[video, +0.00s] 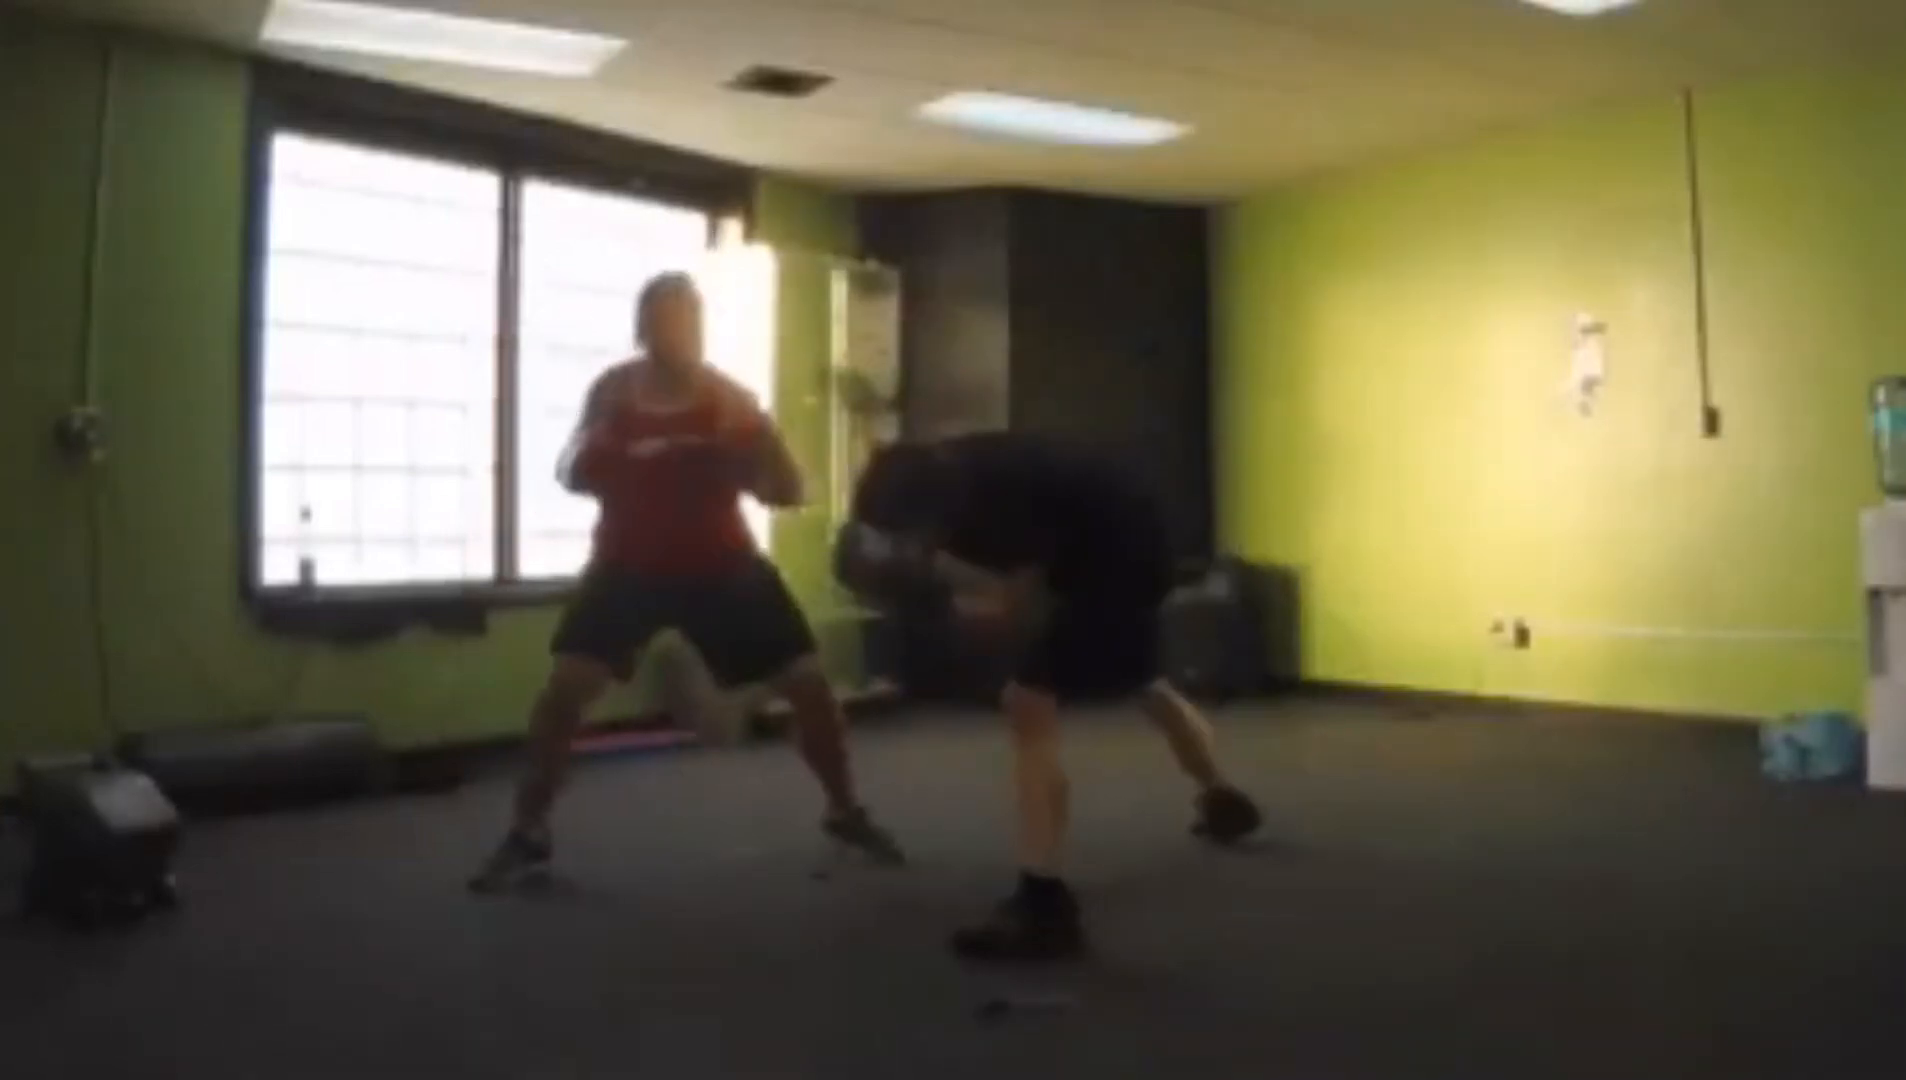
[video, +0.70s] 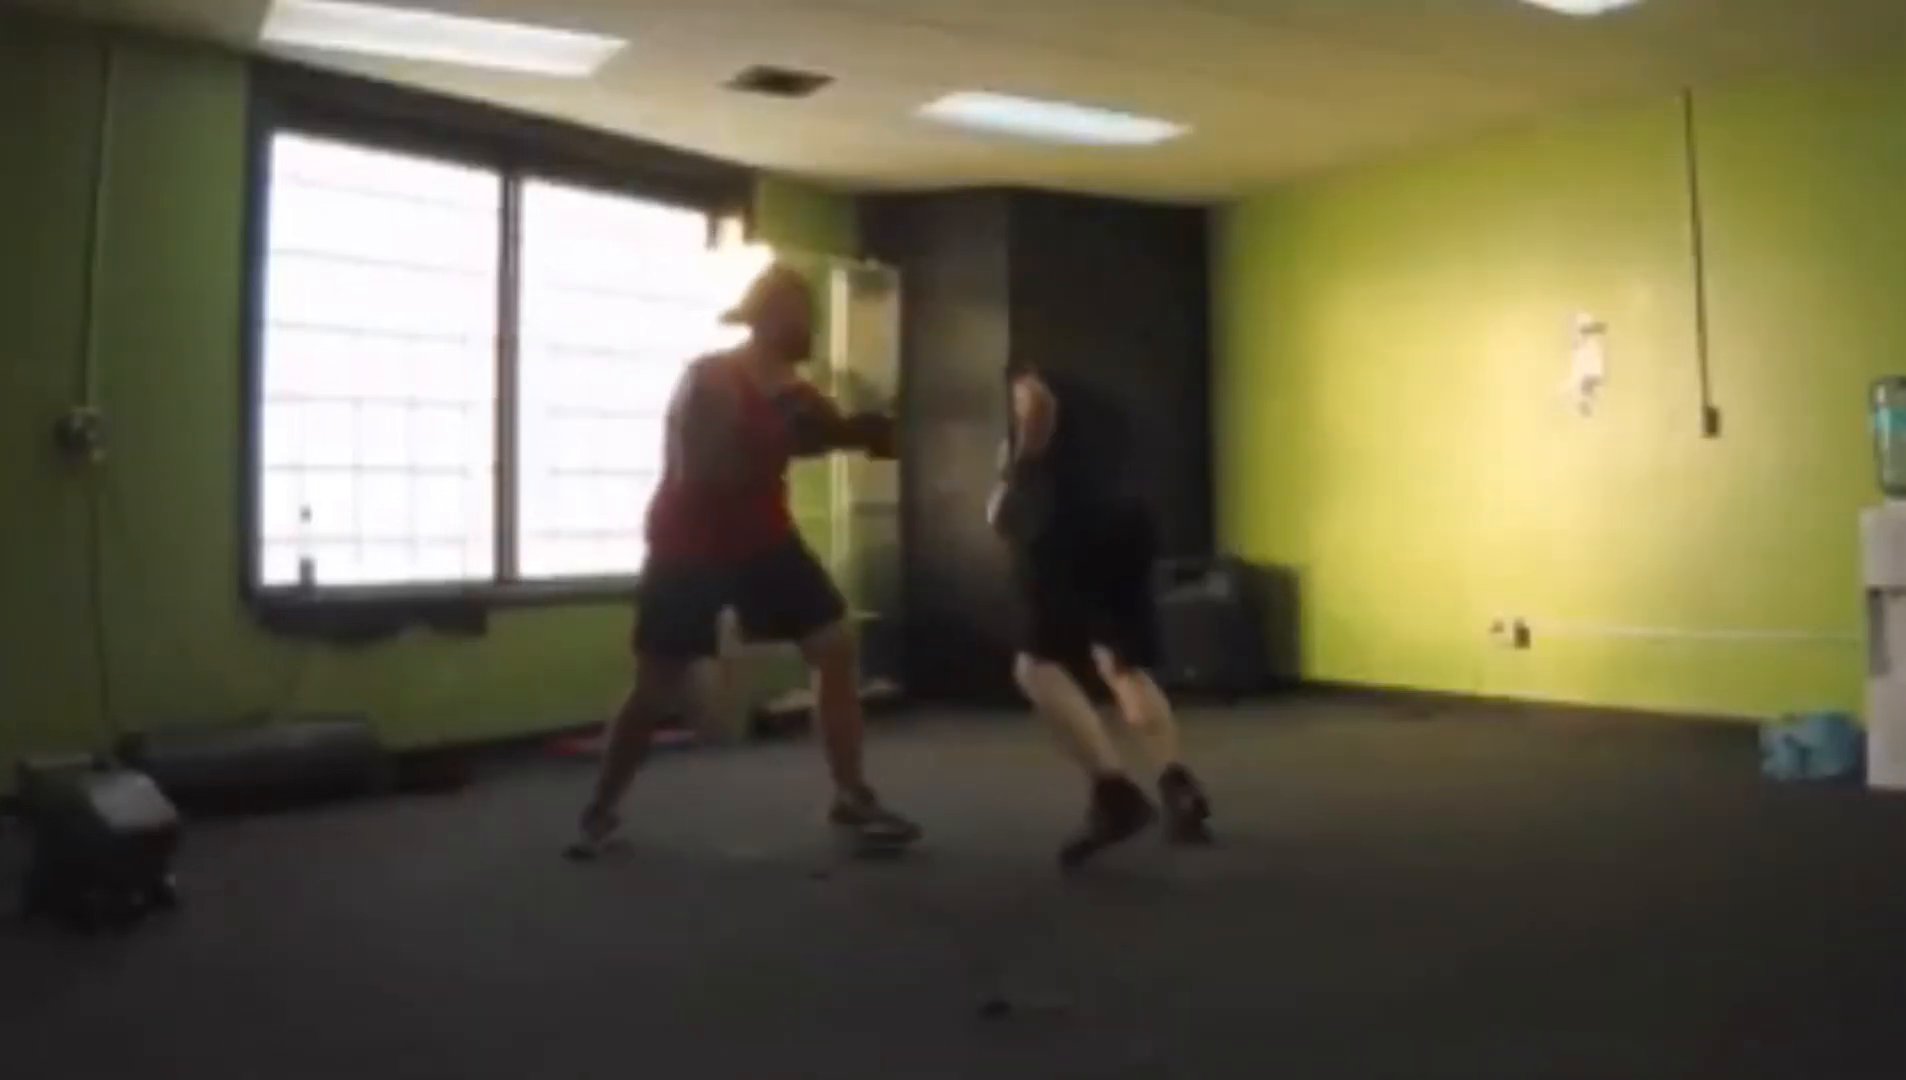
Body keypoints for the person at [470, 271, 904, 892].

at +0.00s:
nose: (676, 332)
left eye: (685, 317)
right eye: (663, 319)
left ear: (701, 325)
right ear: (643, 328)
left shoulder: (729, 402)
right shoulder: (616, 392)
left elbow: (786, 489)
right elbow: (576, 474)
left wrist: (731, 451)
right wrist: (638, 458)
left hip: (722, 568)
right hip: (629, 571)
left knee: (809, 684)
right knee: (565, 691)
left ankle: (845, 812)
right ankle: (528, 835)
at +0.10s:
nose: (736, 338)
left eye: (745, 324)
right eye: (723, 325)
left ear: (758, 323)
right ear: (700, 325)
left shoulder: (775, 386)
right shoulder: (661, 382)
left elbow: (841, 465)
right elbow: (596, 469)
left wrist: (863, 421)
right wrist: (627, 437)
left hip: (739, 558)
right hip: (648, 563)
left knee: (814, 678)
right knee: (588, 697)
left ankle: (845, 817)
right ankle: (527, 833)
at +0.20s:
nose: (800, 339)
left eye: (812, 326)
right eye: (789, 323)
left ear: (826, 330)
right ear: (770, 322)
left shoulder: (831, 403)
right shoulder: (717, 378)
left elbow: (869, 469)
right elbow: (634, 431)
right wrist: (700, 408)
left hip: (753, 548)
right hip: (671, 548)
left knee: (813, 677)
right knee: (611, 688)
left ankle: (844, 820)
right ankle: (535, 824)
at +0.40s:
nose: (868, 337)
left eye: (869, 323)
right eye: (858, 323)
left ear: (822, 323)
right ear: (831, 324)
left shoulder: (818, 382)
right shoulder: (799, 366)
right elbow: (866, 413)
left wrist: (837, 506)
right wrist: (922, 452)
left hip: (771, 545)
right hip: (700, 543)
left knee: (824, 674)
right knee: (649, 663)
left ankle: (845, 813)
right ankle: (563, 760)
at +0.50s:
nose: (866, 333)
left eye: (867, 318)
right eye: (859, 318)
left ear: (821, 317)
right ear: (829, 316)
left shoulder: (803, 368)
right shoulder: (790, 358)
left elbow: (786, 461)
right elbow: (809, 439)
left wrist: (821, 511)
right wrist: (865, 482)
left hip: (781, 540)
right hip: (712, 538)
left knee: (835, 671)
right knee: (655, 669)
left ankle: (844, 812)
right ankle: (585, 767)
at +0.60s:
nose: (841, 324)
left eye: (842, 309)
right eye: (832, 308)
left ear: (818, 311)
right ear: (797, 309)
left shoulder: (798, 388)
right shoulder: (736, 374)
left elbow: (794, 463)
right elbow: (729, 466)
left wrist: (836, 481)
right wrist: (825, 456)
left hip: (779, 545)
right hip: (704, 551)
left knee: (836, 672)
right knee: (659, 688)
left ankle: (846, 811)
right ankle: (599, 810)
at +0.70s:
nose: (807, 329)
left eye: (808, 316)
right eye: (796, 315)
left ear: (800, 323)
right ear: (766, 318)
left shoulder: (796, 395)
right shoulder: (711, 380)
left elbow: (846, 432)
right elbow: (704, 471)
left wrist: (862, 432)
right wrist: (787, 437)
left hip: (765, 542)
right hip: (688, 547)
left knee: (835, 647)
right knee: (655, 689)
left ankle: (852, 798)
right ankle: (601, 812)